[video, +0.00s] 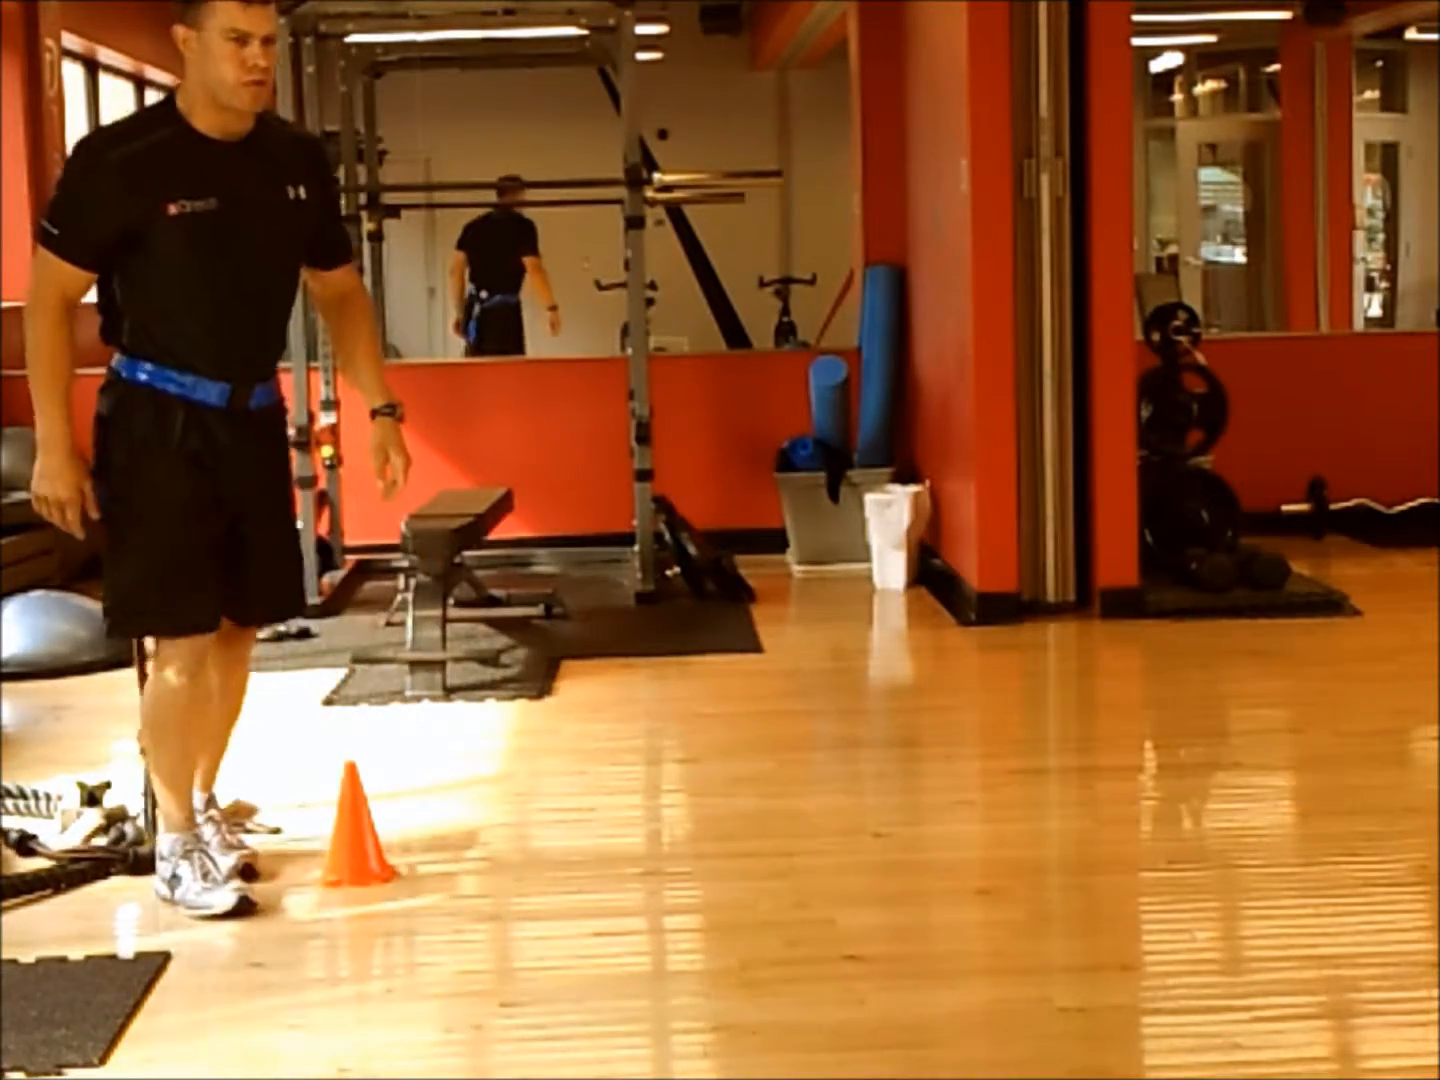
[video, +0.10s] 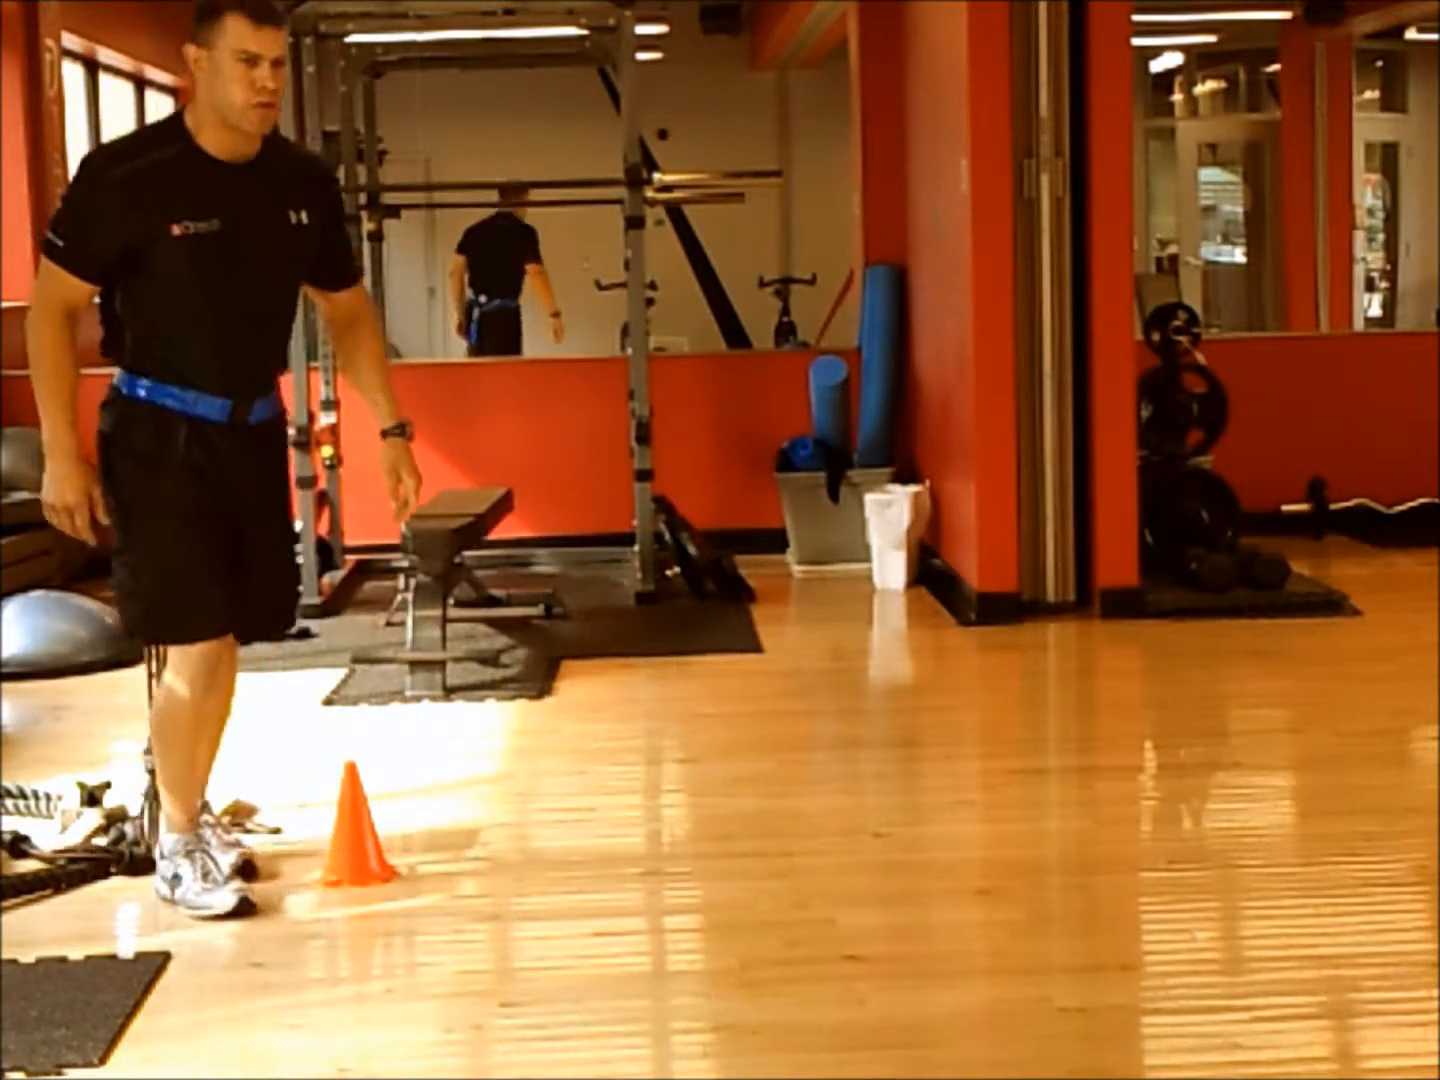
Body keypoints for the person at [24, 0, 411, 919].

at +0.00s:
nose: (260, 61)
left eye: (270, 42)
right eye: (240, 39)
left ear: (279, 47)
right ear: (183, 40)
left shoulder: (297, 161)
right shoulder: (115, 159)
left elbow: (342, 296)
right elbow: (50, 304)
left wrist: (381, 406)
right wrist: (54, 445)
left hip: (251, 428)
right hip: (152, 425)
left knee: (238, 632)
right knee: (185, 641)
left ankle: (197, 803)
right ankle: (175, 839)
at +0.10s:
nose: (269, 82)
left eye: (279, 65)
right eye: (250, 62)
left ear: (289, 72)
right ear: (195, 64)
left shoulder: (303, 183)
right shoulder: (124, 175)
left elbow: (349, 316)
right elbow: (50, 308)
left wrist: (392, 429)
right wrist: (61, 452)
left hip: (249, 439)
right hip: (154, 436)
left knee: (214, 644)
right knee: (199, 646)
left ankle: (184, 811)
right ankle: (178, 843)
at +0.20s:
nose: (282, 94)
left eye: (293, 77)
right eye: (264, 75)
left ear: (301, 81)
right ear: (211, 72)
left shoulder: (310, 191)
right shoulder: (133, 176)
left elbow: (351, 324)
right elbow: (56, 304)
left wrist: (389, 441)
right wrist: (69, 449)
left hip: (254, 443)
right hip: (157, 437)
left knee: (219, 644)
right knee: (205, 642)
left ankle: (183, 809)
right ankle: (180, 838)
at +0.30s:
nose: (299, 98)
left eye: (309, 81)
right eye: (281, 79)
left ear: (316, 84)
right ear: (225, 74)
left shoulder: (327, 191)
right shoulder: (144, 178)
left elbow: (355, 326)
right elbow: (56, 298)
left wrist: (380, 443)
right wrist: (68, 442)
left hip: (259, 441)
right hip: (161, 436)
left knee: (225, 642)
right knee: (200, 639)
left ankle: (190, 813)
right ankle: (177, 835)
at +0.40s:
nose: (321, 122)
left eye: (332, 104)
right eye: (302, 101)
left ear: (340, 108)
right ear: (245, 95)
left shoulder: (347, 208)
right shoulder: (161, 188)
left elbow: (379, 338)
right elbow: (60, 296)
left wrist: (390, 452)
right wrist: (56, 438)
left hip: (265, 451)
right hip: (165, 442)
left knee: (230, 646)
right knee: (208, 639)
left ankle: (184, 810)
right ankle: (172, 824)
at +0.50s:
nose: (354, 165)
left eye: (368, 147)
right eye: (336, 142)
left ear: (377, 147)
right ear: (282, 129)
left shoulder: (376, 236)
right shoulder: (189, 203)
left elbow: (407, 351)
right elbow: (59, 270)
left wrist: (419, 427)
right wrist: (36, 410)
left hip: (271, 469)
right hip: (171, 455)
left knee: (234, 647)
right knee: (230, 634)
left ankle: (175, 801)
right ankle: (179, 830)